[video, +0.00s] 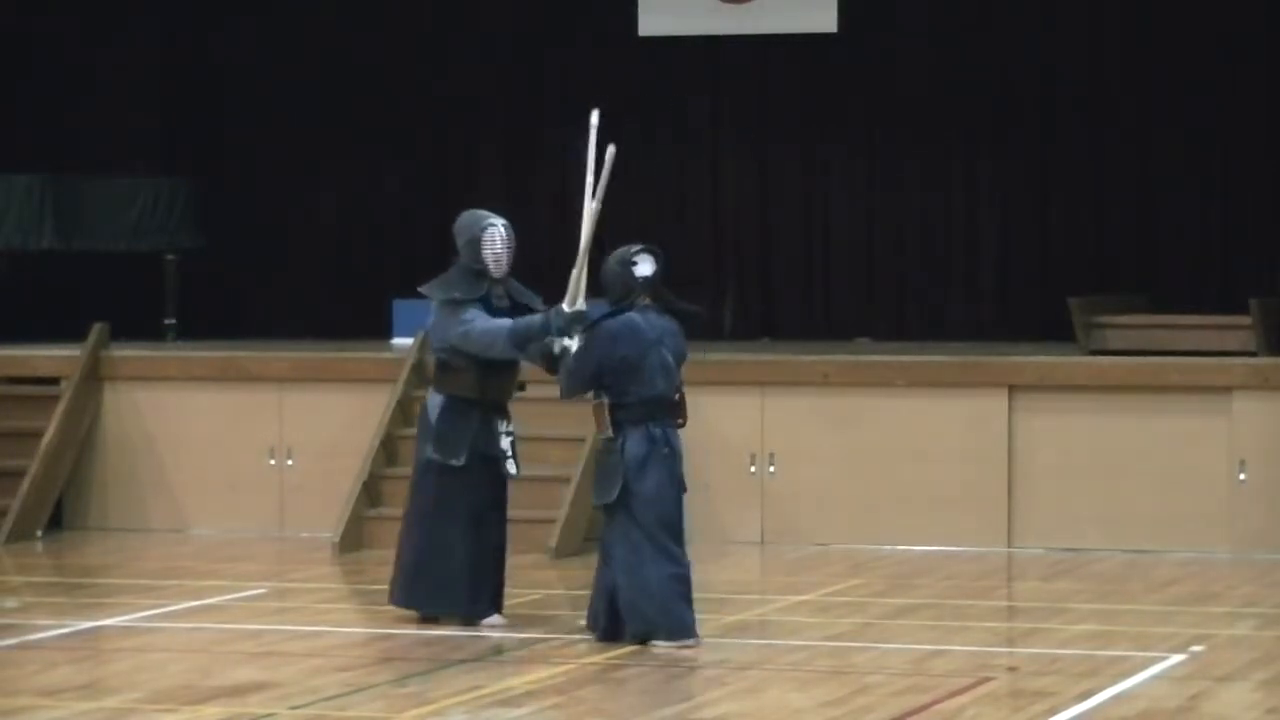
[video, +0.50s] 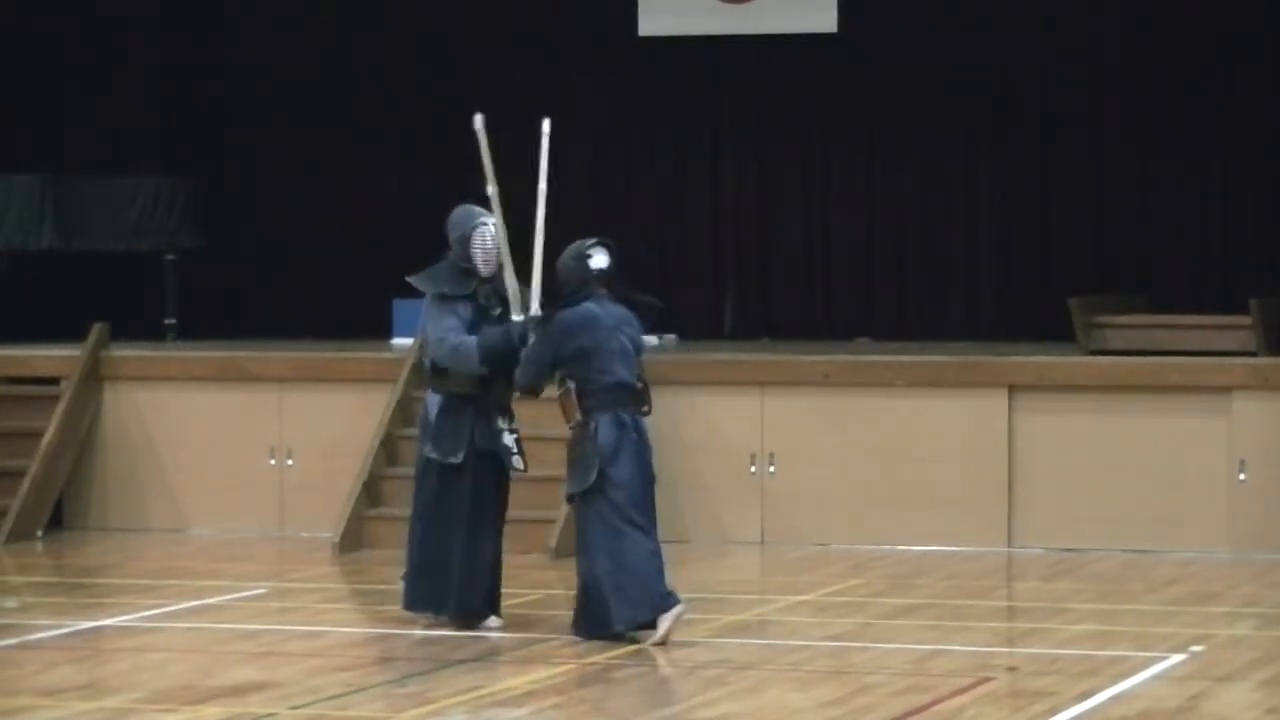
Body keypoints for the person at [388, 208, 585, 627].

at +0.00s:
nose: (500, 254)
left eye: (505, 245)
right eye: (491, 245)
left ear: (511, 248)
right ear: (470, 250)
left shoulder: (513, 298)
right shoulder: (451, 304)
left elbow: (541, 347)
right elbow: (490, 335)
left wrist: (566, 341)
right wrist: (548, 321)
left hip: (491, 414)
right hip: (452, 413)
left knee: (487, 509)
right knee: (450, 508)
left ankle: (481, 606)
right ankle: (436, 604)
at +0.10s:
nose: (498, 254)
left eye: (503, 245)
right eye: (489, 246)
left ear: (509, 249)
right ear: (467, 250)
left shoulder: (508, 296)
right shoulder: (449, 304)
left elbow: (535, 345)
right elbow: (489, 333)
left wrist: (561, 338)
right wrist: (546, 312)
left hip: (485, 412)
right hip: (449, 412)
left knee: (482, 506)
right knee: (445, 506)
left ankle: (478, 606)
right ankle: (430, 604)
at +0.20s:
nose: (498, 253)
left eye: (502, 244)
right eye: (489, 244)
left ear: (508, 248)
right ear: (468, 249)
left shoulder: (506, 296)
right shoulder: (448, 300)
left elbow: (534, 347)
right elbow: (481, 335)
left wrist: (562, 320)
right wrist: (539, 309)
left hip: (485, 412)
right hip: (450, 411)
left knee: (481, 507)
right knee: (453, 506)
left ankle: (474, 604)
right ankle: (443, 603)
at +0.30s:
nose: (497, 253)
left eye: (502, 244)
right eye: (488, 244)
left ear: (508, 249)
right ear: (467, 248)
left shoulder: (508, 295)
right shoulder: (446, 294)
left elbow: (531, 350)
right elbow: (467, 343)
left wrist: (546, 311)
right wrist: (528, 309)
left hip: (488, 410)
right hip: (450, 408)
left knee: (479, 507)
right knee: (443, 504)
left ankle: (474, 607)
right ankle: (431, 601)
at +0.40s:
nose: (494, 251)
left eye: (499, 242)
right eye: (486, 242)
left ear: (505, 247)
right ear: (465, 246)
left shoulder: (502, 293)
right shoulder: (446, 296)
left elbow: (514, 353)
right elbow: (465, 351)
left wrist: (533, 322)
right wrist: (520, 316)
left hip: (489, 409)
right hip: (451, 408)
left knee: (481, 507)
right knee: (444, 503)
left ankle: (473, 608)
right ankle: (433, 600)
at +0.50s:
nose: (488, 250)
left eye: (492, 241)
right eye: (479, 241)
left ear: (499, 246)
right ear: (460, 246)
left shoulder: (501, 294)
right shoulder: (446, 295)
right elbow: (445, 352)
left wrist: (530, 335)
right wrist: (511, 338)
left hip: (490, 409)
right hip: (453, 410)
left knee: (485, 506)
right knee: (451, 505)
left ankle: (478, 607)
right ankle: (443, 604)